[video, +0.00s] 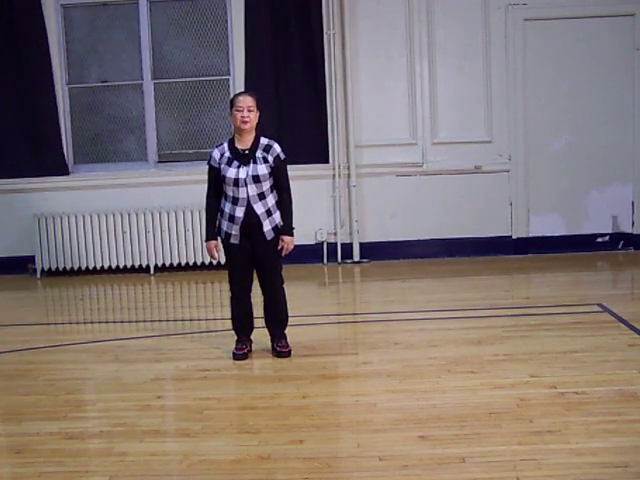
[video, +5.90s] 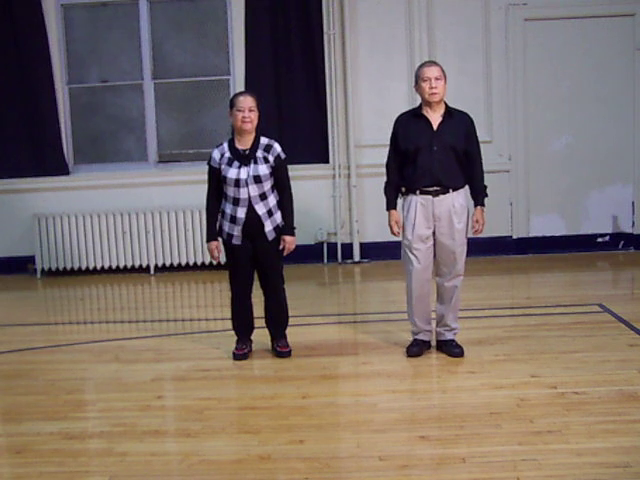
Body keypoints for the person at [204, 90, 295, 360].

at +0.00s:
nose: (244, 115)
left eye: (249, 110)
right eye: (239, 110)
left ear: (258, 115)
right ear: (231, 115)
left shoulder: (271, 150)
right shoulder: (219, 154)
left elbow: (284, 192)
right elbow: (213, 197)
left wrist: (287, 230)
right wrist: (211, 234)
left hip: (267, 230)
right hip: (234, 232)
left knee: (273, 285)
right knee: (239, 288)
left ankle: (279, 335)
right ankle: (243, 338)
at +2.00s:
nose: (243, 114)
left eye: (248, 110)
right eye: (237, 110)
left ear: (256, 114)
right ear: (230, 115)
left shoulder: (270, 149)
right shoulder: (219, 155)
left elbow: (283, 192)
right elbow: (212, 197)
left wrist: (286, 230)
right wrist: (211, 234)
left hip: (267, 230)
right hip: (233, 233)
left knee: (272, 285)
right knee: (239, 288)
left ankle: (278, 336)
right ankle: (243, 338)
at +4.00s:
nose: (242, 114)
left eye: (247, 109)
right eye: (236, 109)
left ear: (255, 114)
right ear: (228, 115)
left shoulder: (269, 149)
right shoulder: (217, 154)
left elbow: (283, 191)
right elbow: (211, 197)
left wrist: (285, 229)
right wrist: (210, 234)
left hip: (266, 230)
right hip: (233, 232)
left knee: (273, 286)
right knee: (239, 289)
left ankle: (279, 336)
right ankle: (243, 338)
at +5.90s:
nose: (246, 115)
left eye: (251, 110)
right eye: (240, 110)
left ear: (258, 115)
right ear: (231, 115)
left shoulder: (272, 149)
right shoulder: (220, 155)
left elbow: (285, 192)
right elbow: (213, 198)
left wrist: (288, 230)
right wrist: (212, 236)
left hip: (268, 230)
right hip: (235, 233)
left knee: (274, 286)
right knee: (240, 289)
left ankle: (279, 336)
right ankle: (243, 338)